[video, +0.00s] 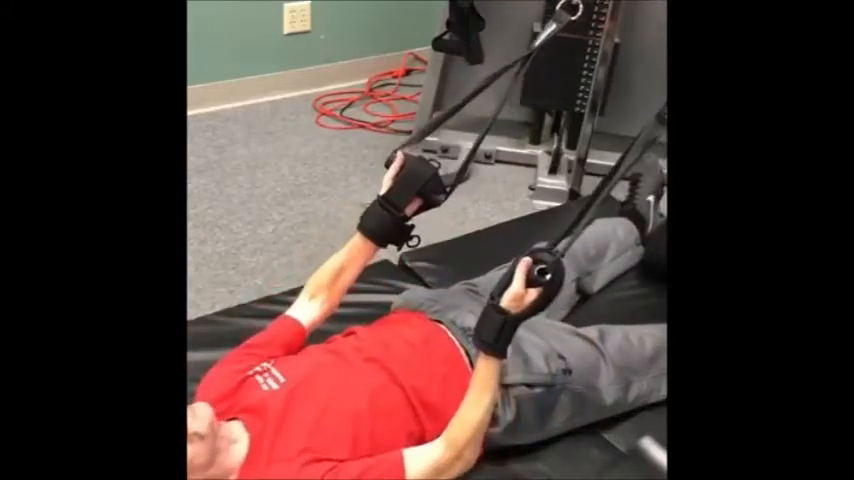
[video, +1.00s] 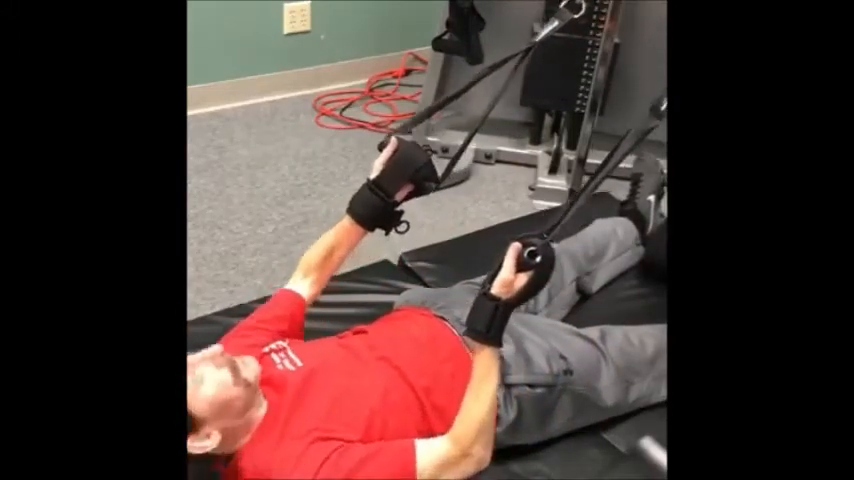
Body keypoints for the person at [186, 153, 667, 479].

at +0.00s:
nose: (198, 417)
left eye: (183, 415)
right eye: (187, 438)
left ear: (186, 409)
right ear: (194, 474)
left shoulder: (222, 381)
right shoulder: (289, 475)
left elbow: (315, 300)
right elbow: (449, 457)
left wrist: (386, 214)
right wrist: (500, 329)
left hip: (426, 312)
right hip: (488, 385)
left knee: (552, 270)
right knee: (646, 352)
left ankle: (635, 221)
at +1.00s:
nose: (222, 353)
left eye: (204, 354)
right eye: (206, 375)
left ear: (211, 346)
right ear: (204, 438)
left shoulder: (242, 350)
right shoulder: (292, 467)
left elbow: (310, 276)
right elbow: (463, 454)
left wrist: (378, 194)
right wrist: (496, 312)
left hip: (430, 311)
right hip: (488, 380)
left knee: (548, 265)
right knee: (638, 356)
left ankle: (634, 223)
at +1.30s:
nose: (260, 299)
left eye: (243, 294)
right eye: (244, 313)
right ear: (231, 376)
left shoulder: (259, 317)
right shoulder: (301, 441)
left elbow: (315, 253)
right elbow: (477, 449)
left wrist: (381, 186)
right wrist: (511, 312)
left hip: (443, 308)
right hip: (497, 378)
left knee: (608, 231)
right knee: (655, 352)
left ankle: (640, 225)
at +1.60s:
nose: (309, 243)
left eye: (294, 236)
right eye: (292, 250)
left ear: (269, 303)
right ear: (268, 304)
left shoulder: (278, 303)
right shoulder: (329, 401)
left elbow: (317, 239)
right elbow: (487, 437)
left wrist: (382, 178)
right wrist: (520, 306)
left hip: (455, 309)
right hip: (503, 378)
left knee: (593, 239)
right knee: (653, 352)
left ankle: (638, 217)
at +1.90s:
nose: (352, 202)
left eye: (342, 195)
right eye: (340, 203)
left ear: (299, 245)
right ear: (308, 246)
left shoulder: (271, 278)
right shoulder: (348, 356)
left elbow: (324, 230)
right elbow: (494, 420)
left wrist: (384, 172)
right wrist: (527, 284)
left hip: (451, 305)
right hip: (504, 375)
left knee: (558, 256)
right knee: (659, 350)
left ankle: (638, 222)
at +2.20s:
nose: (400, 173)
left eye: (392, 159)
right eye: (388, 167)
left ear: (338, 195)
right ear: (354, 200)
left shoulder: (296, 233)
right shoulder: (371, 305)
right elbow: (501, 390)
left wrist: (402, 148)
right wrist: (535, 255)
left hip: (450, 306)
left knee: (555, 265)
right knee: (656, 353)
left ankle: (635, 220)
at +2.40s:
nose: (426, 160)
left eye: (424, 145)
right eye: (419, 150)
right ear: (385, 174)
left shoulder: (312, 216)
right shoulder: (386, 276)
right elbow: (508, 375)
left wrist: (403, 136)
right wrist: (543, 241)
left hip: (443, 319)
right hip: (481, 399)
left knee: (561, 252)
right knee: (657, 354)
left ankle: (636, 220)